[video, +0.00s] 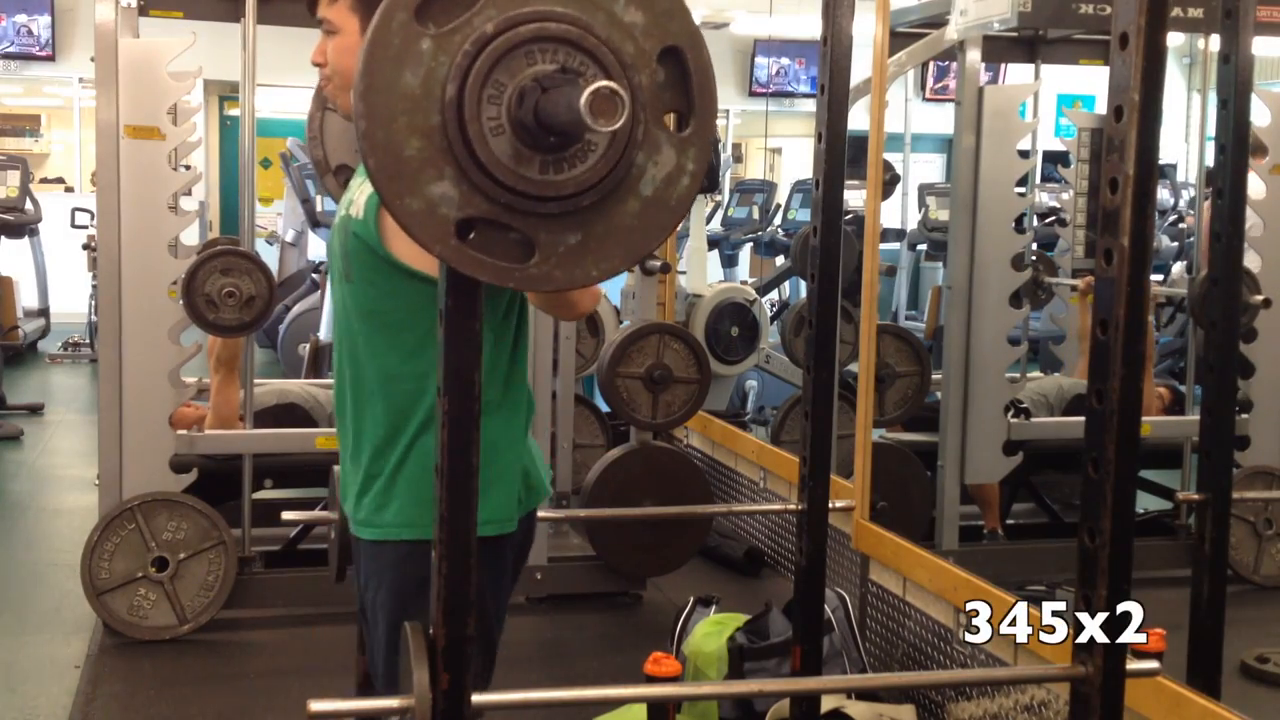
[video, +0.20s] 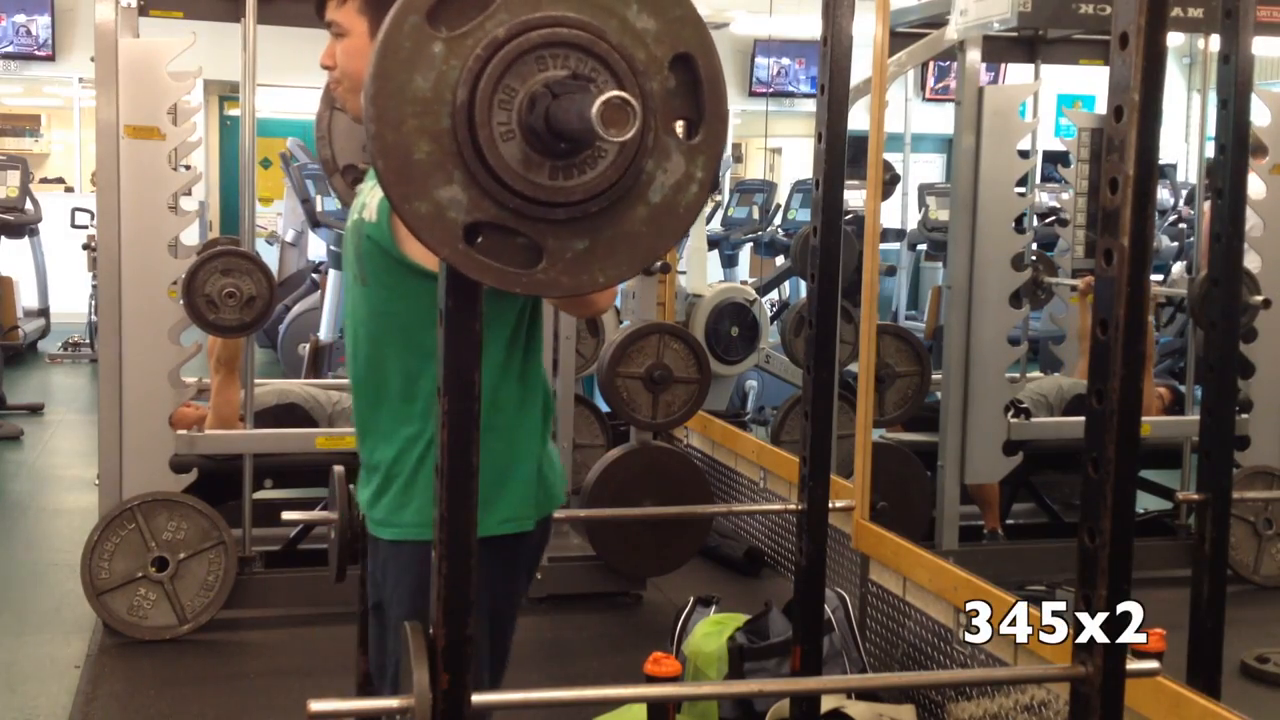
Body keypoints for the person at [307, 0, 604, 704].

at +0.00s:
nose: (316, 55)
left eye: (331, 31)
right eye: (320, 32)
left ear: (392, 42)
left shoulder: (404, 183)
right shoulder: (381, 179)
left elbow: (576, 298)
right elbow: (573, 296)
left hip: (435, 515)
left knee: (422, 704)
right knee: (418, 701)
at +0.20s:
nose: (325, 59)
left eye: (338, 32)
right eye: (329, 35)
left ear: (399, 42)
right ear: (380, 46)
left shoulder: (436, 179)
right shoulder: (390, 184)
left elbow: (590, 294)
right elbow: (587, 294)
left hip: (467, 513)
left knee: (444, 706)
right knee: (414, 705)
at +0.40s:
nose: (346, 54)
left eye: (361, 30)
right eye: (350, 32)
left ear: (422, 41)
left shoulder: (471, 168)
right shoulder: (412, 179)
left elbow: (618, 288)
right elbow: (508, 259)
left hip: (512, 512)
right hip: (466, 515)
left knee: (495, 705)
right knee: (468, 706)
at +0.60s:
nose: (376, 71)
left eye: (389, 47)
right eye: (377, 49)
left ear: (450, 62)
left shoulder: (465, 200)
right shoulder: (432, 199)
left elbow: (647, 303)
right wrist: (434, 504)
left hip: (515, 498)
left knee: (498, 694)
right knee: (569, 665)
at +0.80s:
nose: (414, 85)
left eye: (430, 64)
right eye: (415, 63)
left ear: (493, 68)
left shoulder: (516, 204)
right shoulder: (485, 198)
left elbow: (672, 297)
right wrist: (443, 502)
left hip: (549, 502)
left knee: (501, 703)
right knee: (606, 676)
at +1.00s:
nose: (472, 103)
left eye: (480, 81)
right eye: (473, 85)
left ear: (527, 74)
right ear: (527, 78)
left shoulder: (538, 201)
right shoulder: (530, 203)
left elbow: (667, 269)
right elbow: (662, 266)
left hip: (584, 505)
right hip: (601, 500)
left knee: (513, 704)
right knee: (619, 671)